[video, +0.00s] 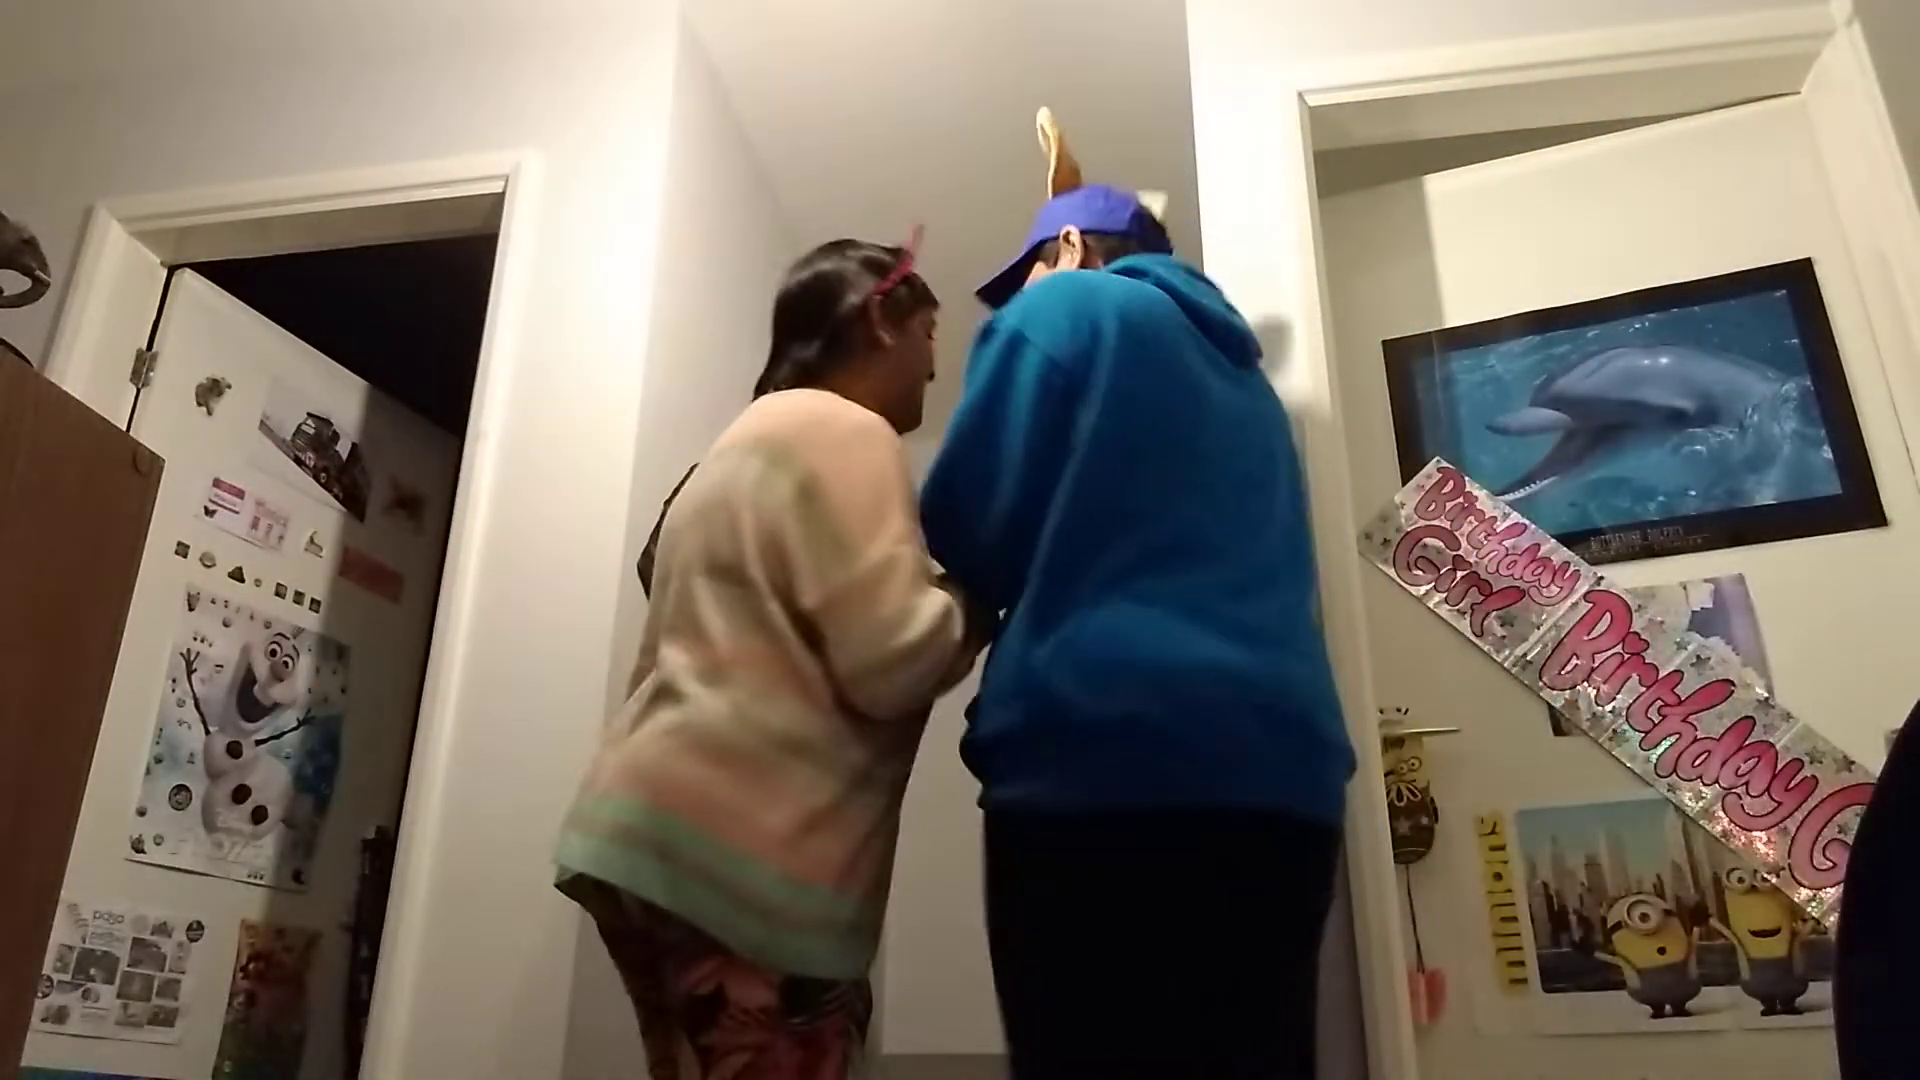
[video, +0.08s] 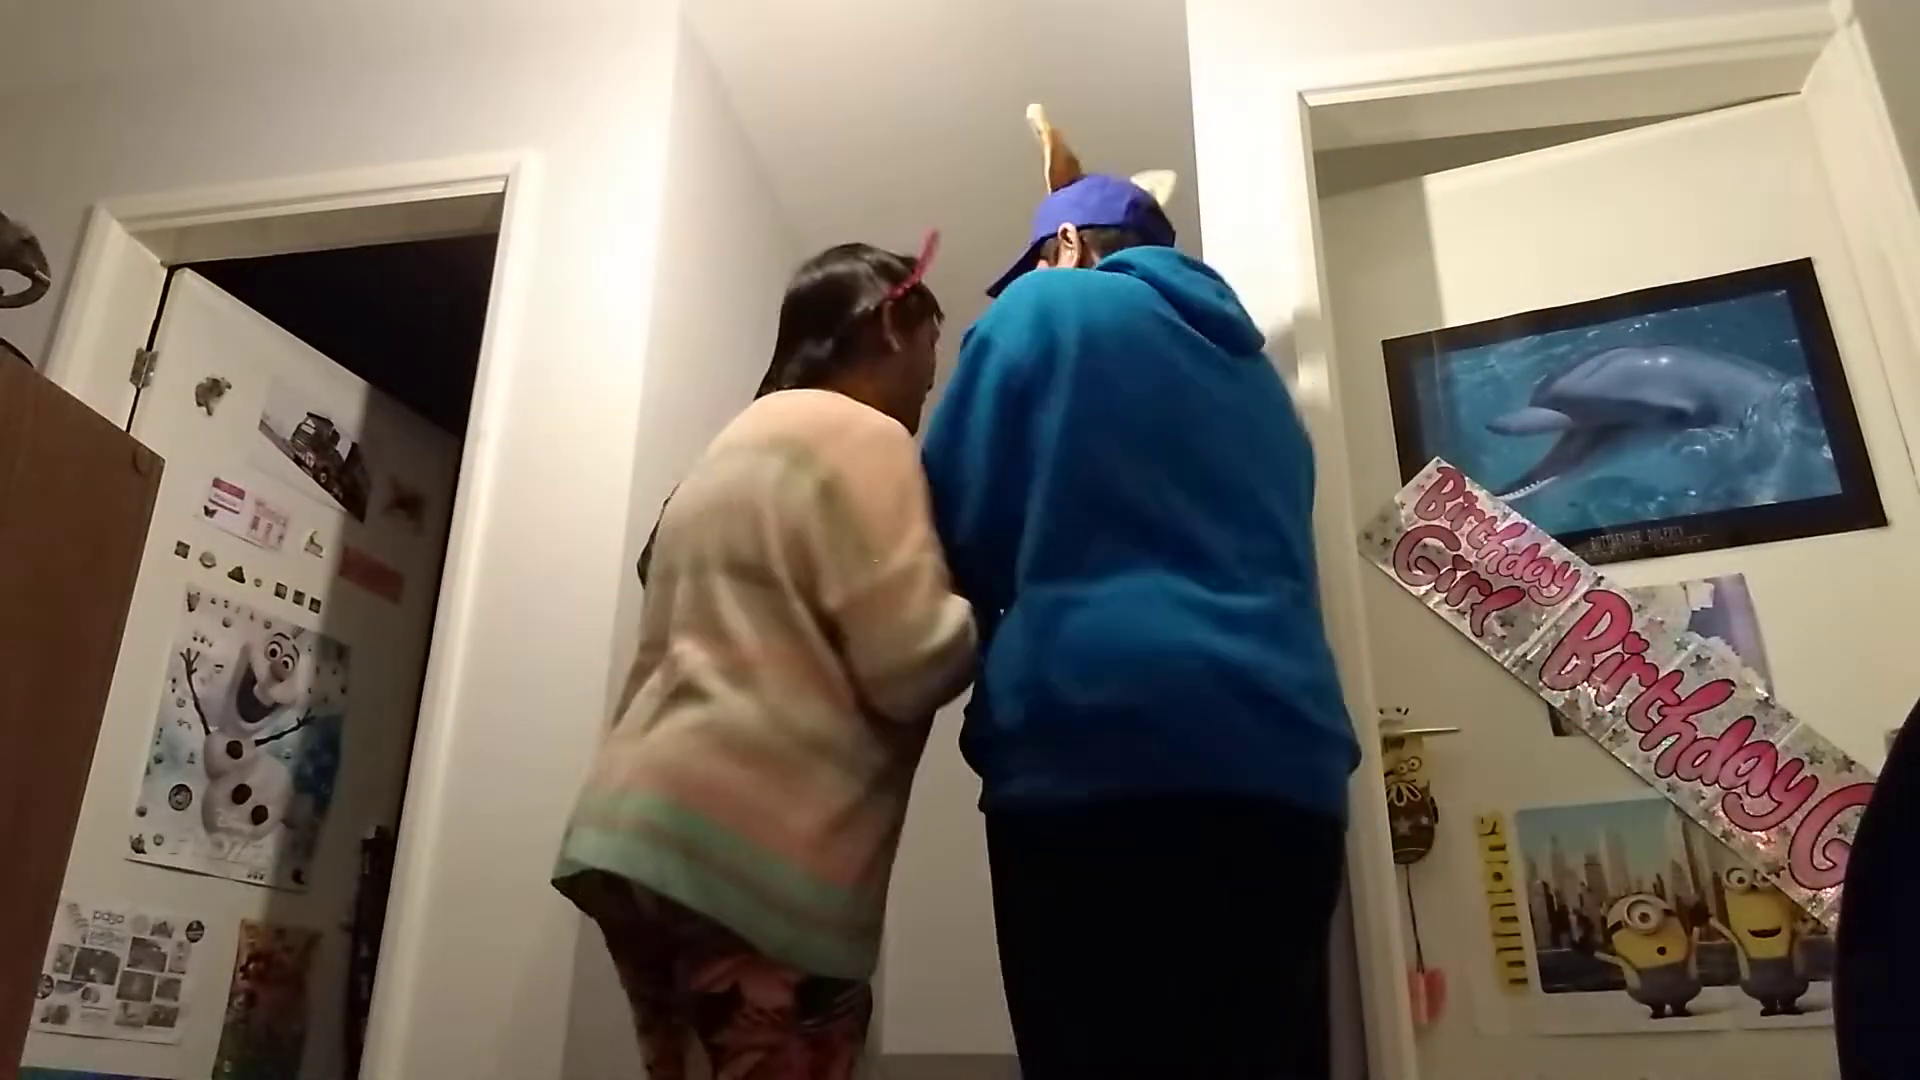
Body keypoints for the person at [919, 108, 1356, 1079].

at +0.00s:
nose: (1020, 297)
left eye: (1026, 277)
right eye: (1020, 284)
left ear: (1067, 250)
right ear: (1158, 255)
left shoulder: (1058, 311)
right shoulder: (1246, 377)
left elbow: (964, 530)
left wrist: (1002, 600)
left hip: (1091, 760)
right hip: (1280, 770)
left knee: (1080, 1050)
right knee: (1255, 1054)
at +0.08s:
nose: (1031, 274)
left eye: (1035, 260)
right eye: (1034, 263)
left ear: (1064, 247)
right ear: (1167, 251)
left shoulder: (1027, 316)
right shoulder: (1257, 372)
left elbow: (955, 530)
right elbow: (1284, 539)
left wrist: (1015, 626)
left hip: (1074, 745)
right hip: (1276, 746)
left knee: (1084, 1043)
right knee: (1265, 1046)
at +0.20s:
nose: (1036, 277)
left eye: (1039, 261)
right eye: (1038, 264)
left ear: (1070, 246)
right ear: (1172, 247)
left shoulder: (1028, 317)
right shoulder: (1278, 371)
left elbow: (957, 528)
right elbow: (1308, 539)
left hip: (1065, 749)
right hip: (1278, 751)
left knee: (1080, 1046)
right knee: (1280, 1047)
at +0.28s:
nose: (1034, 281)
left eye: (1037, 266)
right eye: (1036, 269)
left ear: (1069, 251)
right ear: (1174, 245)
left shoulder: (1020, 322)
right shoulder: (1280, 362)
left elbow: (962, 516)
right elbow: (1318, 521)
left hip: (1053, 754)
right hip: (1276, 755)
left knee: (1069, 1048)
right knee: (1283, 1049)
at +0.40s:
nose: (1034, 304)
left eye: (1036, 289)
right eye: (1036, 290)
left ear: (1063, 274)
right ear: (1170, 265)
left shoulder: (1018, 353)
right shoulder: (1273, 371)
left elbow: (965, 527)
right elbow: (1318, 527)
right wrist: (1233, 608)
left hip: (1034, 753)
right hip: (1261, 758)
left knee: (1036, 1042)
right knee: (1238, 1047)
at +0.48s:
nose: (1034, 337)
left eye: (1034, 320)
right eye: (1033, 322)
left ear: (1062, 303)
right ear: (1165, 289)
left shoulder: (1024, 382)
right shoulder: (1277, 393)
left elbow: (975, 555)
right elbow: (1296, 567)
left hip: (1020, 770)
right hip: (1246, 777)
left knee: (1022, 1048)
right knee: (1220, 1053)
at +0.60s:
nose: (1022, 304)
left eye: (1023, 289)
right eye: (1025, 290)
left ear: (1040, 286)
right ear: (1150, 266)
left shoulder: (1001, 372)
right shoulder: (1259, 370)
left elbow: (968, 543)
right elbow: (1305, 536)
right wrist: (1258, 650)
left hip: (1021, 750)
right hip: (1250, 754)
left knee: (1019, 1040)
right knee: (1226, 1044)